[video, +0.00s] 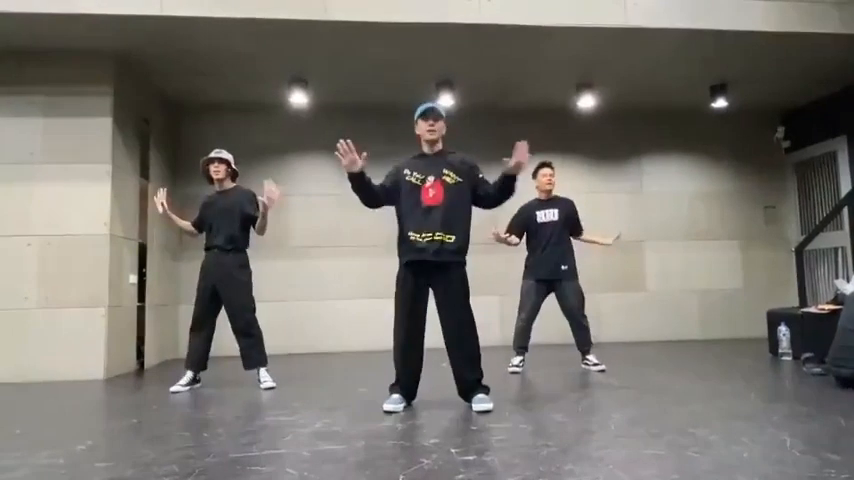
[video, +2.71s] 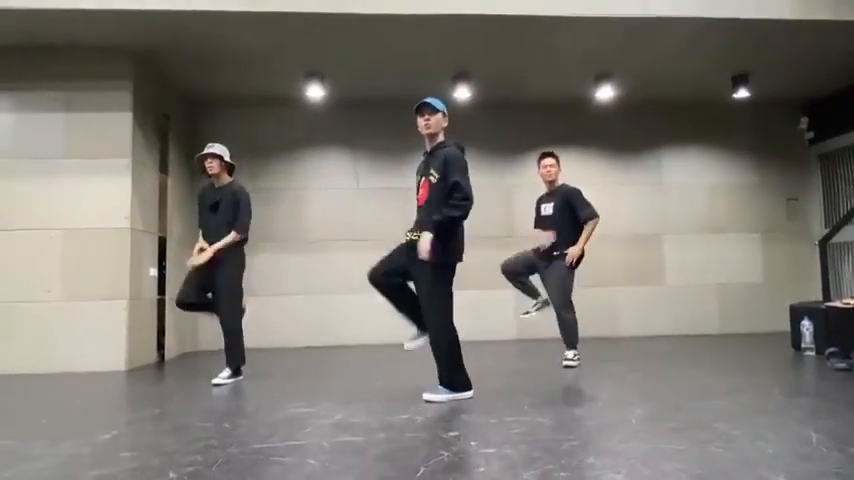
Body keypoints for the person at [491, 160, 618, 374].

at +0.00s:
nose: (549, 179)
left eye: (551, 176)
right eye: (544, 176)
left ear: (555, 180)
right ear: (535, 181)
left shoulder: (567, 205)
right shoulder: (527, 210)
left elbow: (577, 234)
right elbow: (515, 238)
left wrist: (602, 241)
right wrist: (504, 239)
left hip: (564, 273)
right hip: (536, 274)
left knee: (577, 313)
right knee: (525, 316)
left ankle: (587, 355)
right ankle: (518, 356)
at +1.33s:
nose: (556, 178)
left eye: (558, 175)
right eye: (551, 175)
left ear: (562, 179)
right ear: (543, 180)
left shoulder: (570, 207)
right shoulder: (531, 207)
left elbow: (582, 236)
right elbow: (521, 234)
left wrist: (611, 234)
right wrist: (511, 235)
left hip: (569, 270)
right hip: (540, 271)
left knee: (582, 312)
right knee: (531, 311)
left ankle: (589, 353)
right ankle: (536, 353)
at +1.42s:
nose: (552, 176)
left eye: (554, 173)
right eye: (547, 173)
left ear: (558, 178)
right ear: (539, 178)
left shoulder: (568, 205)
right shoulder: (528, 204)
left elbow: (586, 229)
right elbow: (505, 221)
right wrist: (501, 207)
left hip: (562, 270)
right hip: (535, 270)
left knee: (577, 310)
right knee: (529, 312)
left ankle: (588, 351)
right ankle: (537, 353)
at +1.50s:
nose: (548, 174)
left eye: (551, 171)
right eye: (543, 171)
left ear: (555, 176)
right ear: (535, 177)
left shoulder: (564, 201)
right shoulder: (525, 200)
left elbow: (591, 217)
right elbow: (511, 209)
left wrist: (577, 203)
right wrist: (508, 208)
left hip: (559, 267)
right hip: (531, 269)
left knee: (571, 307)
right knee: (529, 311)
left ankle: (582, 346)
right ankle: (538, 353)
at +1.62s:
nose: (542, 173)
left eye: (545, 170)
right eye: (538, 170)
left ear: (550, 174)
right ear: (530, 175)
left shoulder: (563, 196)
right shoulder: (525, 200)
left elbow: (585, 216)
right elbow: (516, 219)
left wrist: (570, 233)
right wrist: (519, 238)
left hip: (555, 259)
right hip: (530, 259)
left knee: (551, 303)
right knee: (530, 306)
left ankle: (564, 346)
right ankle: (539, 352)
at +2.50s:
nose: (549, 172)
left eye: (552, 167)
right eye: (545, 168)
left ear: (559, 170)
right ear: (539, 173)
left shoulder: (570, 194)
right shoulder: (542, 202)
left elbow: (593, 218)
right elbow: (539, 231)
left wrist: (579, 246)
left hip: (562, 258)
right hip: (541, 257)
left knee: (565, 305)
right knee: (517, 284)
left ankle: (570, 352)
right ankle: (540, 324)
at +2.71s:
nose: (549, 170)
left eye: (553, 166)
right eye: (545, 167)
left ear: (559, 169)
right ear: (539, 172)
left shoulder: (569, 193)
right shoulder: (541, 201)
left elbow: (592, 219)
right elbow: (542, 229)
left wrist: (579, 247)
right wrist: (542, 244)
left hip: (562, 256)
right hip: (541, 253)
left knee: (561, 303)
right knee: (509, 268)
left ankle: (571, 350)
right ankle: (540, 299)